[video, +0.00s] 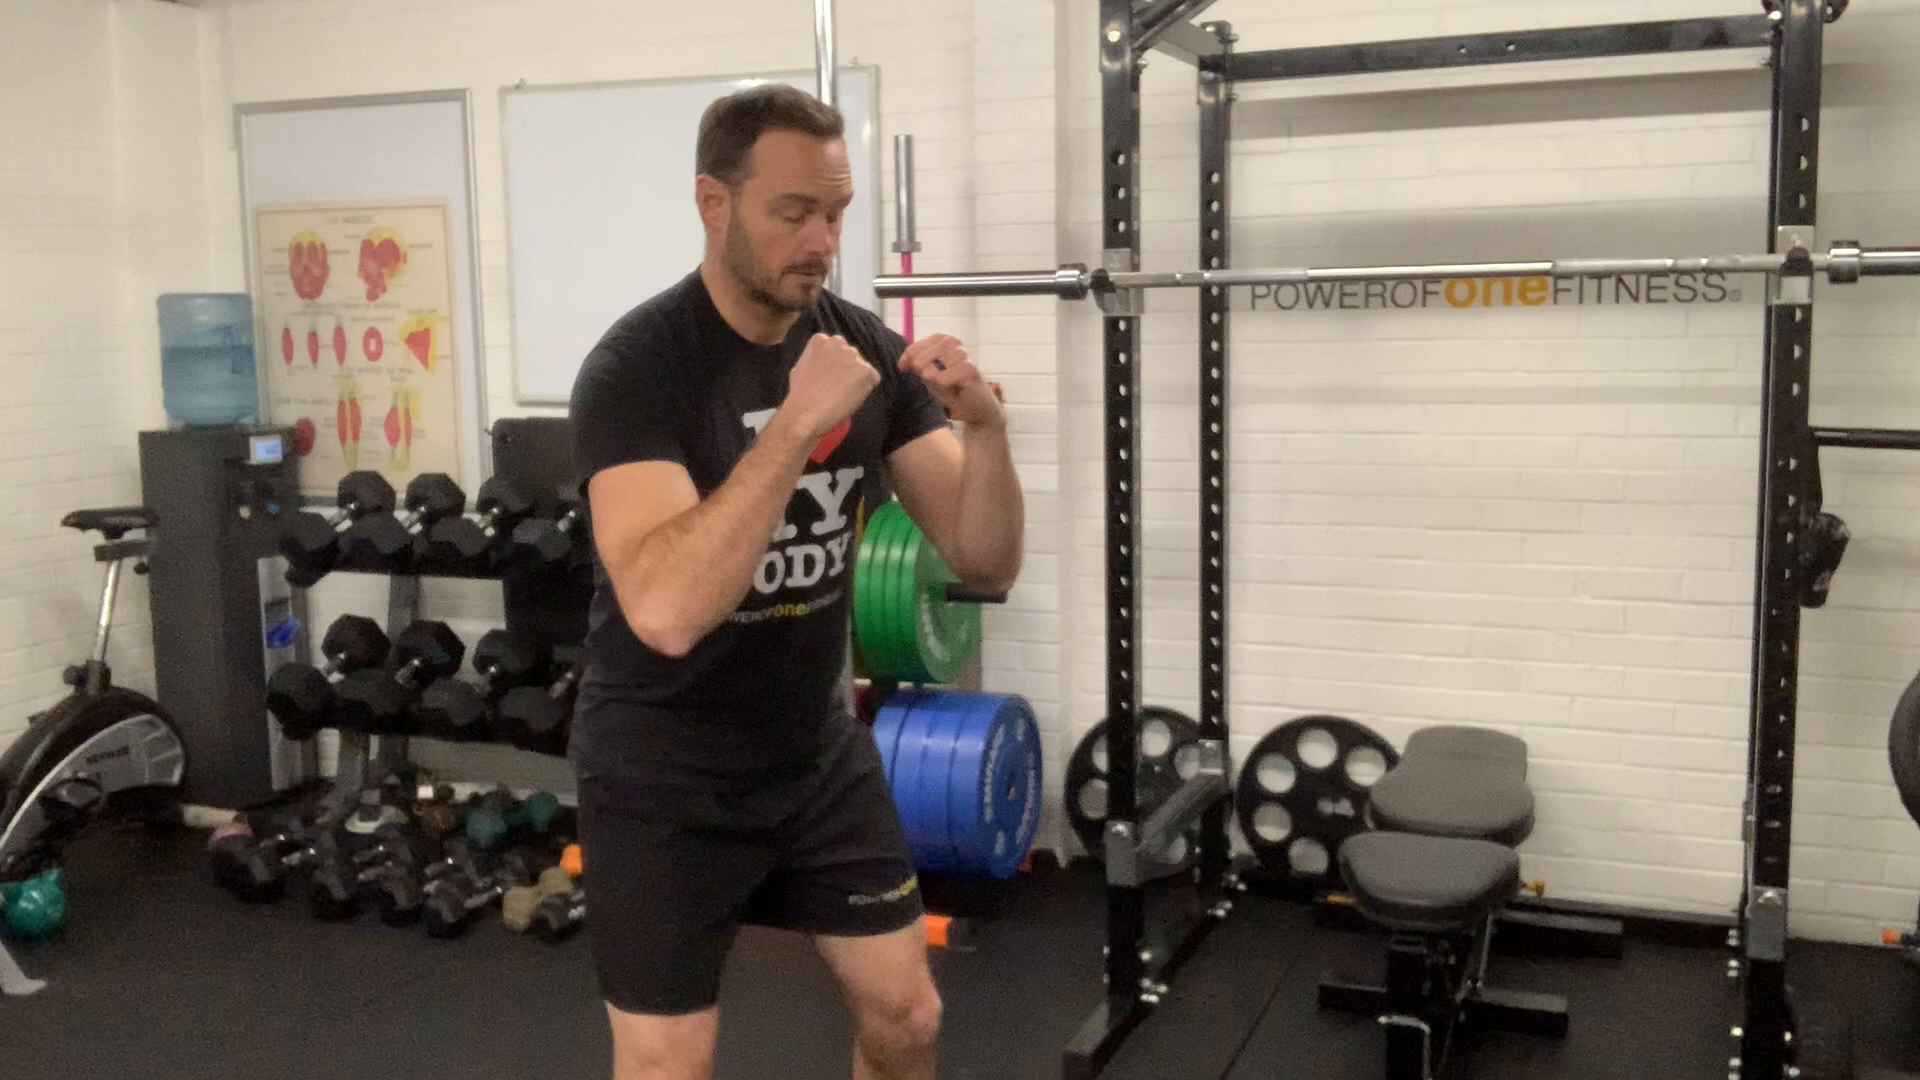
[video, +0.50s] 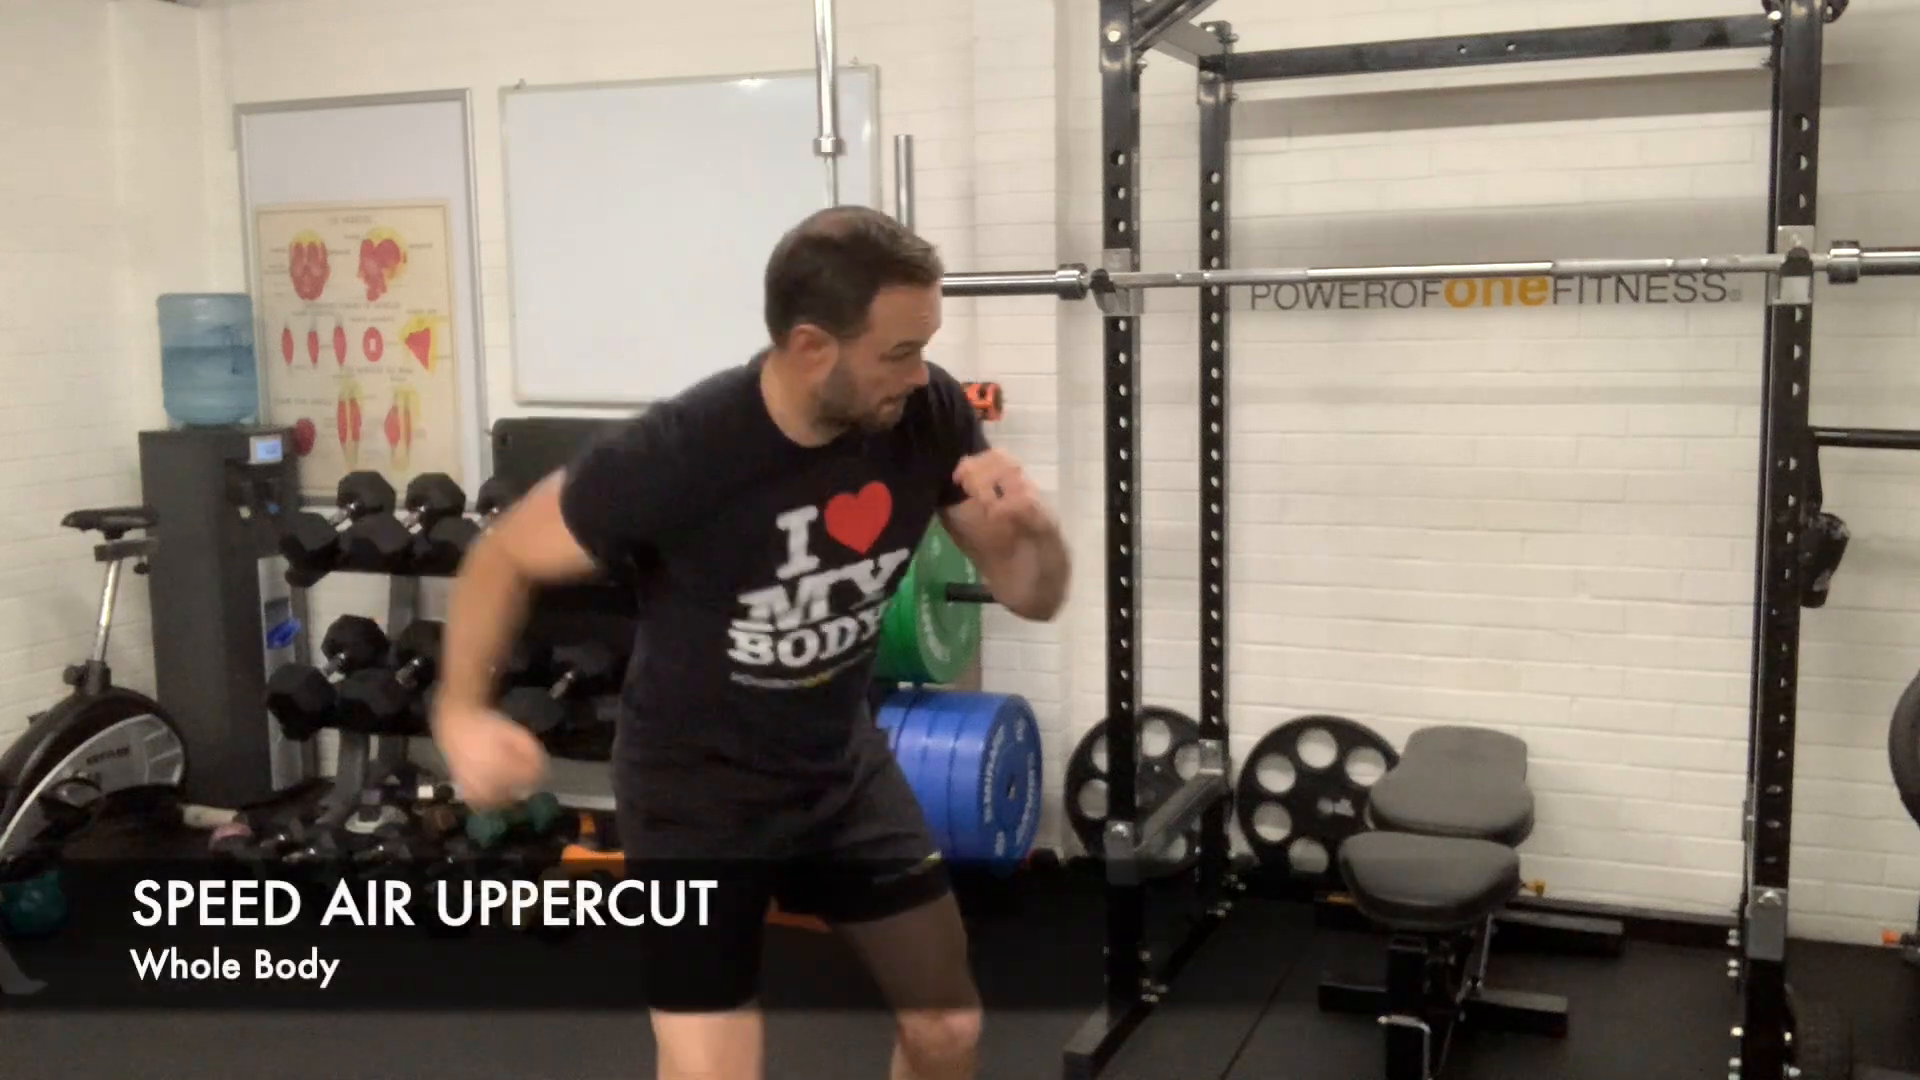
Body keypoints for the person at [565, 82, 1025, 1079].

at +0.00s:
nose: (822, 242)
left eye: (836, 212)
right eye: (796, 212)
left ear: (849, 209)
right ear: (712, 203)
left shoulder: (860, 346)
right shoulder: (634, 369)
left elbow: (985, 566)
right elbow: (664, 607)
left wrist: (985, 429)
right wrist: (799, 420)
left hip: (817, 741)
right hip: (662, 761)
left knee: (907, 1018)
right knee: (666, 1061)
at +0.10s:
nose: (822, 260)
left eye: (836, 232)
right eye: (797, 231)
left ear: (849, 220)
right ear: (713, 211)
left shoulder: (863, 348)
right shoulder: (628, 371)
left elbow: (992, 567)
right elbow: (580, 597)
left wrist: (985, 430)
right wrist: (746, 447)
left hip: (827, 747)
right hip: (666, 767)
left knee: (924, 1030)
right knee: (669, 1062)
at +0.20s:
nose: (832, 283)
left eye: (848, 255)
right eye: (810, 257)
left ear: (863, 234)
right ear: (728, 226)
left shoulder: (879, 344)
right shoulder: (636, 356)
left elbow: (1020, 558)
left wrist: (997, 425)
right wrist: (606, 456)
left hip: (838, 743)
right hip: (676, 755)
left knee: (940, 1030)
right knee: (668, 1058)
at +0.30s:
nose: (858, 304)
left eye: (871, 276)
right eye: (832, 278)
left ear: (884, 245)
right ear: (747, 248)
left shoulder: (902, 355)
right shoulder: (636, 360)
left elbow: (1060, 558)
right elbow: (376, 451)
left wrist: (1018, 424)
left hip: (846, 744)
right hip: (682, 754)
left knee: (945, 1023)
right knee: (662, 1048)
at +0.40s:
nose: (886, 351)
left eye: (897, 322)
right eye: (859, 326)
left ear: (908, 299)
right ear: (772, 298)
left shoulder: (919, 388)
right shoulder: (654, 384)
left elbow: (1088, 577)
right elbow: (447, 425)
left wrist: (1038, 451)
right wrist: (384, 488)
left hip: (845, 750)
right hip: (682, 760)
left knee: (944, 1028)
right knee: (671, 1053)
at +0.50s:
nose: (917, 373)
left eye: (921, 348)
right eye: (899, 353)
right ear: (811, 347)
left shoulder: (926, 411)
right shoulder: (678, 456)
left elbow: (1038, 596)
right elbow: (501, 554)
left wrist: (1029, 536)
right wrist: (460, 709)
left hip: (841, 764)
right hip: (695, 779)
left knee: (947, 1029)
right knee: (712, 1066)